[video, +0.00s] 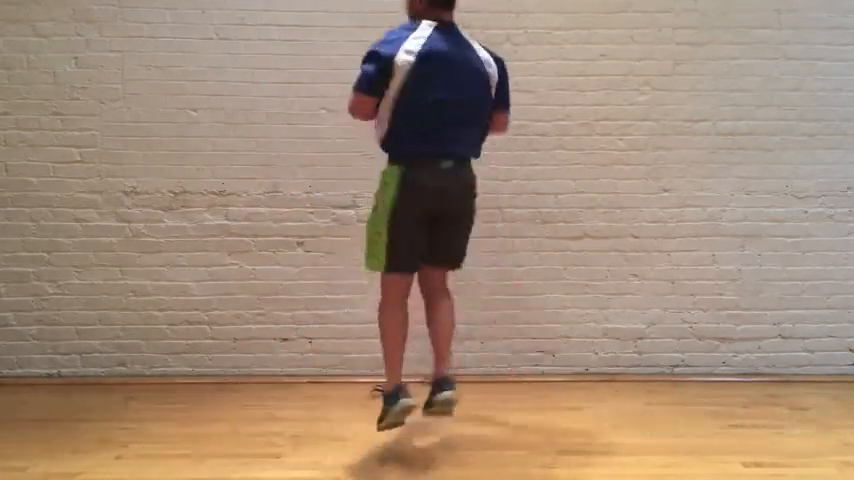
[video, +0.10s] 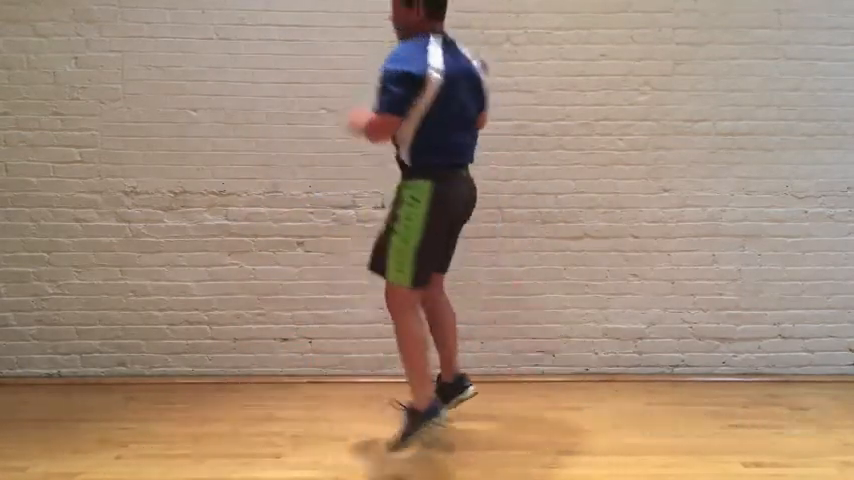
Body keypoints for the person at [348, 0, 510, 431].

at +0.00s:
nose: (407, 9)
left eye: (408, 5)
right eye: (411, 5)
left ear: (415, 6)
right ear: (452, 8)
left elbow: (361, 107)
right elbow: (498, 123)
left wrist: (401, 99)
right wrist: (453, 112)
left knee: (394, 291)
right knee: (437, 284)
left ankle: (393, 391)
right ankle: (443, 381)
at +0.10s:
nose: (392, 12)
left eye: (396, 5)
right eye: (394, 5)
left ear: (413, 10)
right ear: (435, 13)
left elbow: (382, 130)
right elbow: (479, 119)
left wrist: (362, 120)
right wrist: (430, 118)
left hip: (425, 188)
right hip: (458, 185)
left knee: (400, 296)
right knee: (430, 285)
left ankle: (422, 407)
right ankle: (451, 378)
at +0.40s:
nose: (336, 150)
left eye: (340, 139)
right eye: (334, 141)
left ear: (367, 134)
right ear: (365, 135)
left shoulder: (414, 177)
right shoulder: (382, 176)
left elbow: (418, 255)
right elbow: (364, 226)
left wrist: (362, 290)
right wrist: (324, 259)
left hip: (482, 261)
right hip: (450, 260)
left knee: (429, 352)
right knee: (410, 341)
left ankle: (481, 451)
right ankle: (456, 413)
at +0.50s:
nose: (320, 209)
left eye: (321, 199)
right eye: (316, 201)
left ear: (343, 185)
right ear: (343, 186)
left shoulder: (393, 210)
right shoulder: (370, 209)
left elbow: (391, 291)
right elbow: (357, 267)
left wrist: (347, 341)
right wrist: (320, 306)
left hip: (492, 258)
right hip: (462, 261)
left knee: (441, 351)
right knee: (419, 332)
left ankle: (482, 454)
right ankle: (458, 414)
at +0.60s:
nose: (316, 261)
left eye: (316, 252)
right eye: (312, 254)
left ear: (334, 237)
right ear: (335, 234)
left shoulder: (379, 251)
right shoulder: (364, 241)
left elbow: (370, 331)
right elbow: (354, 308)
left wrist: (335, 393)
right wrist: (324, 356)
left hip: (495, 265)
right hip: (470, 264)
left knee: (437, 358)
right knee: (420, 333)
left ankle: (483, 455)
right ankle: (457, 418)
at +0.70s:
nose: (316, 305)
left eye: (313, 297)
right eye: (310, 300)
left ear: (328, 281)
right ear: (330, 275)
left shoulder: (370, 288)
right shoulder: (360, 270)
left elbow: (355, 376)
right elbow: (351, 344)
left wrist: (324, 436)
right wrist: (330, 393)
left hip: (492, 284)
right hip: (477, 276)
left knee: (423, 368)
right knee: (413, 338)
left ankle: (482, 456)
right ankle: (459, 420)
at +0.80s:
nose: (313, 342)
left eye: (308, 334)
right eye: (306, 338)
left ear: (321, 319)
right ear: (324, 312)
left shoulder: (361, 321)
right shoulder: (350, 300)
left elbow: (344, 403)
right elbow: (347, 386)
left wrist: (319, 463)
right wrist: (329, 426)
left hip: (481, 268)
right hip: (471, 259)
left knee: (427, 366)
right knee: (429, 356)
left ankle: (482, 456)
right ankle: (459, 420)